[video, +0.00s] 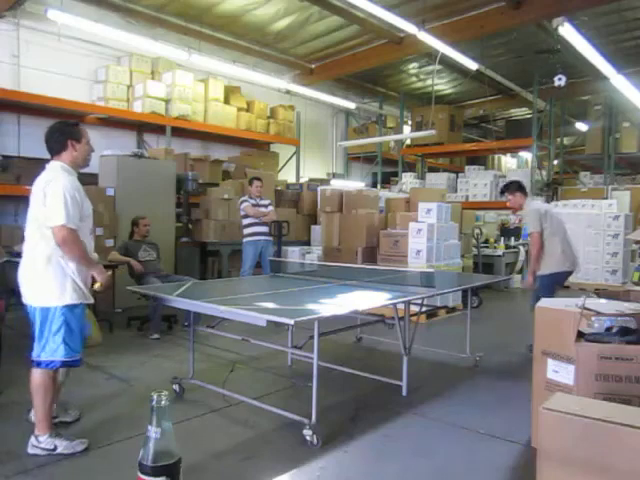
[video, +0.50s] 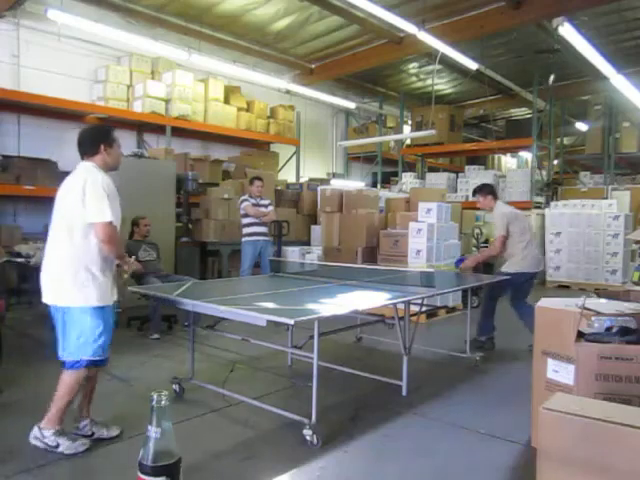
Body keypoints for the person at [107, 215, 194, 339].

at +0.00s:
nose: (148, 229)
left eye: (148, 226)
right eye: (145, 226)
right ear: (135, 229)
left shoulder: (153, 245)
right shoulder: (128, 245)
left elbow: (157, 263)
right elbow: (111, 256)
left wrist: (162, 272)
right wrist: (131, 261)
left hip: (160, 275)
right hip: (145, 276)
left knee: (193, 283)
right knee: (159, 292)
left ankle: (190, 322)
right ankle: (153, 330)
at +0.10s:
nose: (148, 229)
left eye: (149, 226)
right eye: (145, 226)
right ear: (136, 229)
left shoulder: (154, 245)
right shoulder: (128, 245)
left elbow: (157, 263)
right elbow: (111, 256)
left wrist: (163, 272)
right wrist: (130, 261)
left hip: (160, 275)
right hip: (145, 276)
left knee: (193, 283)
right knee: (160, 293)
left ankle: (190, 322)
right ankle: (153, 330)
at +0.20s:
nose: (148, 229)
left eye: (149, 226)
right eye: (145, 226)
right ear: (135, 228)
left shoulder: (153, 245)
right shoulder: (128, 244)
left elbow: (157, 263)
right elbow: (111, 256)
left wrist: (162, 272)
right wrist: (130, 261)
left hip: (161, 275)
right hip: (145, 276)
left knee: (193, 283)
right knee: (160, 293)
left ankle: (190, 322)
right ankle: (154, 330)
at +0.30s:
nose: (148, 229)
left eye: (149, 226)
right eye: (145, 226)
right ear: (135, 228)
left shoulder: (153, 245)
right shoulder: (128, 244)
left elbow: (157, 263)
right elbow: (113, 255)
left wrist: (161, 272)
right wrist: (130, 261)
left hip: (160, 275)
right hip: (144, 276)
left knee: (192, 283)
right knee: (160, 293)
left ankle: (190, 322)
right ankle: (154, 330)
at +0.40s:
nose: (148, 228)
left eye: (149, 226)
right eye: (145, 226)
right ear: (135, 228)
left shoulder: (154, 245)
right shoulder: (127, 245)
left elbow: (157, 263)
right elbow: (118, 259)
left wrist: (161, 271)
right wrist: (130, 262)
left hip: (160, 275)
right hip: (144, 276)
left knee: (192, 283)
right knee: (159, 292)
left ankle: (189, 321)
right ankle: (154, 330)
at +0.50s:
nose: (148, 229)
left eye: (149, 226)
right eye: (145, 226)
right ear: (136, 229)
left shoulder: (153, 245)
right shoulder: (129, 245)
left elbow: (157, 263)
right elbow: (123, 261)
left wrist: (162, 271)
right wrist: (133, 266)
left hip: (160, 274)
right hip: (144, 275)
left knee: (192, 283)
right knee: (158, 291)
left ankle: (190, 321)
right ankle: (154, 330)